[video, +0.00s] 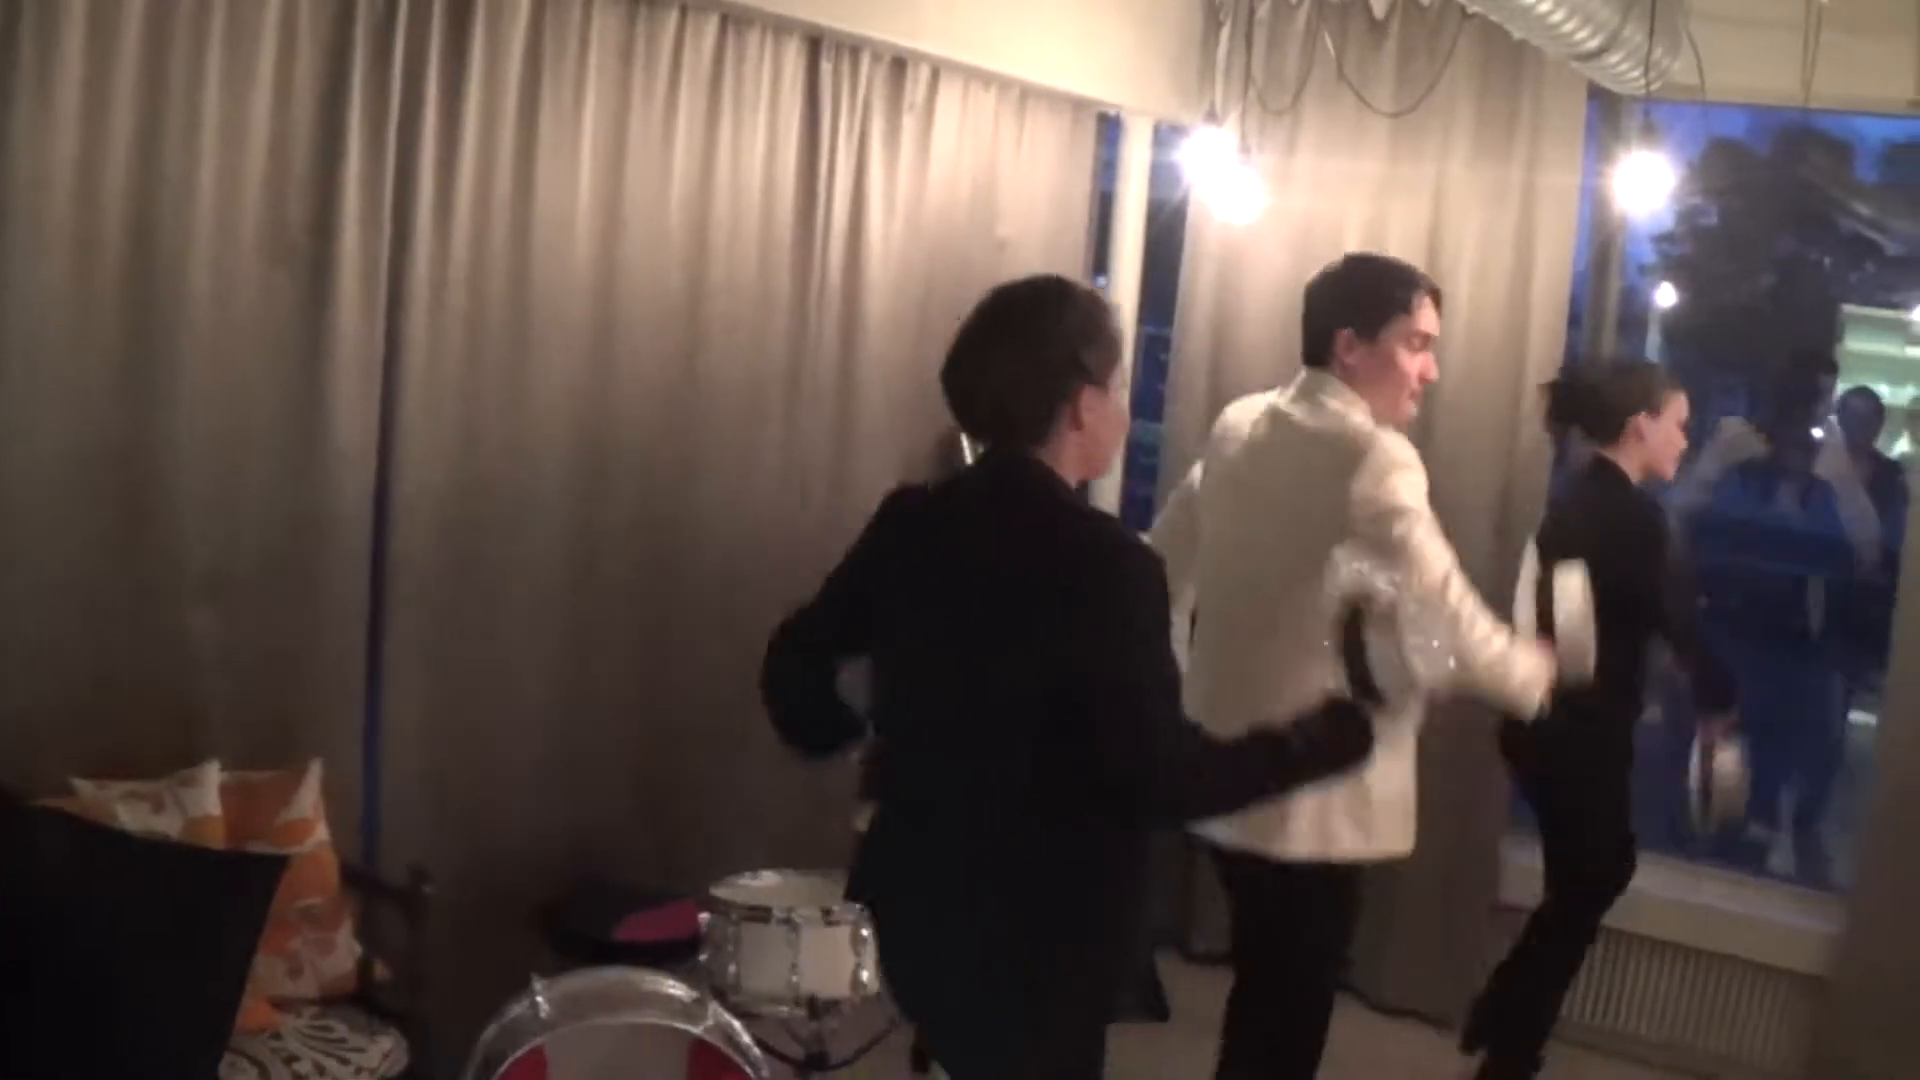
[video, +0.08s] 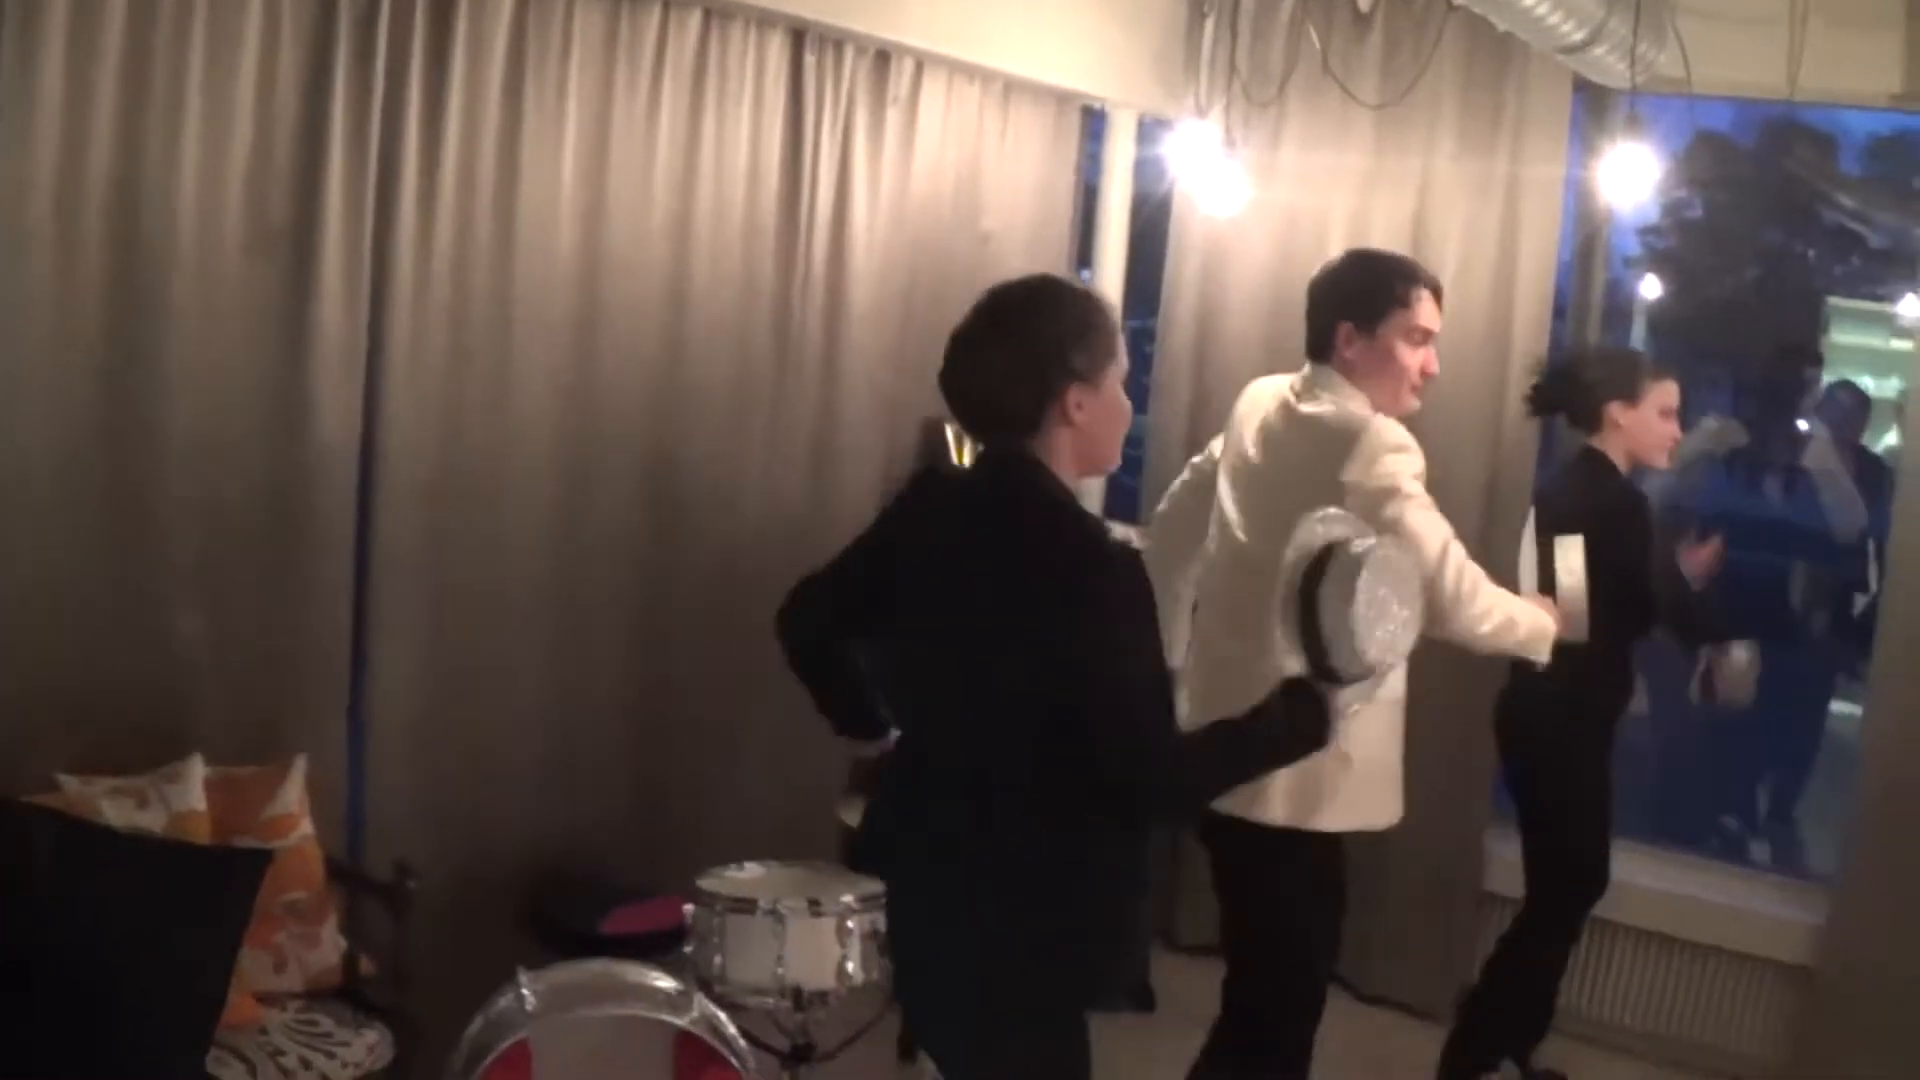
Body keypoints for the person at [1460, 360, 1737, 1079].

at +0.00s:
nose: (1685, 442)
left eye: (1685, 426)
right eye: (1678, 426)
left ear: (1627, 428)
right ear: (1638, 428)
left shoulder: (1573, 498)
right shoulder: (1632, 511)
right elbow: (1673, 617)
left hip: (1544, 716)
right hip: (1590, 726)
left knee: (1596, 867)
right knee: (1592, 874)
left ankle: (1499, 1014)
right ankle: (1511, 1048)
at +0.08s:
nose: (1677, 430)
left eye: (1677, 415)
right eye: (1666, 414)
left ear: (1610, 418)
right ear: (1617, 416)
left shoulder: (1566, 485)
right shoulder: (1616, 499)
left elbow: (1604, 599)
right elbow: (1663, 610)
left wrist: (1674, 573)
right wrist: (1714, 620)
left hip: (1535, 698)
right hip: (1571, 711)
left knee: (1562, 881)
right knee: (1572, 883)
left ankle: (1510, 1040)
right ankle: (1479, 1049)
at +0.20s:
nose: (1643, 433)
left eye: (1647, 418)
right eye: (1629, 416)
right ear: (1579, 415)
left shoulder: (1584, 491)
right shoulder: (1565, 497)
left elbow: (1607, 606)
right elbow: (1607, 619)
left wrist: (1666, 586)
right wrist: (1688, 600)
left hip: (1554, 720)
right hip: (1536, 726)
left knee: (1553, 897)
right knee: (1560, 903)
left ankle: (1481, 1031)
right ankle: (1455, 1037)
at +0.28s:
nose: (1627, 434)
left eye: (1631, 419)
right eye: (1612, 418)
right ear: (1562, 417)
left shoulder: (1569, 497)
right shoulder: (1546, 507)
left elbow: (1565, 634)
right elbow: (1571, 667)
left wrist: (1627, 637)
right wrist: (1649, 666)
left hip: (1546, 721)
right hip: (1534, 731)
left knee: (1542, 893)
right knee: (1562, 906)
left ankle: (1473, 1024)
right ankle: (1447, 1032)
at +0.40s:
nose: (1603, 433)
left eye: (1609, 418)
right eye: (1588, 417)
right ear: (1538, 417)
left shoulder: (1569, 498)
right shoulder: (1511, 505)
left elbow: (1572, 623)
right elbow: (1529, 640)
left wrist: (1619, 672)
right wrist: (1611, 709)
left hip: (1538, 730)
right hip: (1496, 735)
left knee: (1521, 894)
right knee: (1524, 903)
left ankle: (1465, 1025)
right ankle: (1440, 1054)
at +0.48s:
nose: (1587, 415)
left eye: (1592, 400)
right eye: (1572, 397)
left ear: (1590, 404)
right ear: (1522, 397)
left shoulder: (1566, 486)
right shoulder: (1489, 486)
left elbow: (1579, 590)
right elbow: (1505, 604)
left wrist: (1665, 613)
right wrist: (1585, 649)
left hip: (1530, 706)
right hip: (1475, 709)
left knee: (1492, 881)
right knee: (1491, 893)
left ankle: (1444, 1005)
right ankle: (1408, 1058)